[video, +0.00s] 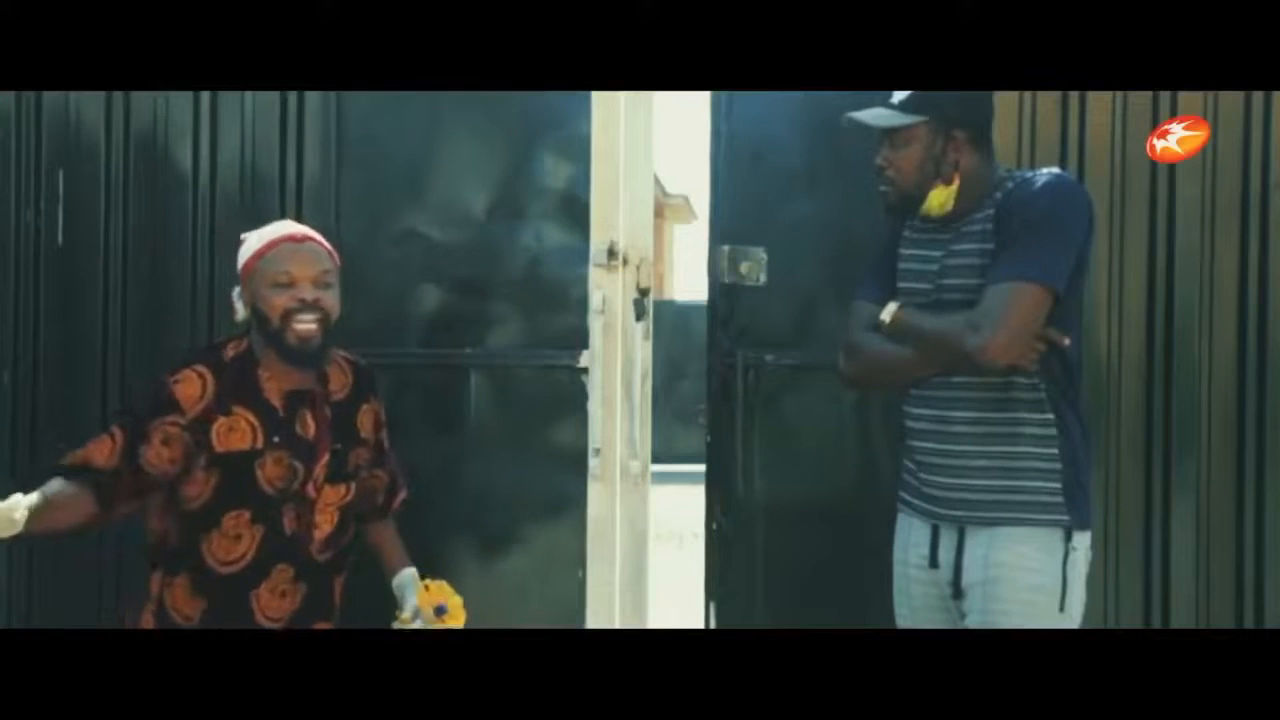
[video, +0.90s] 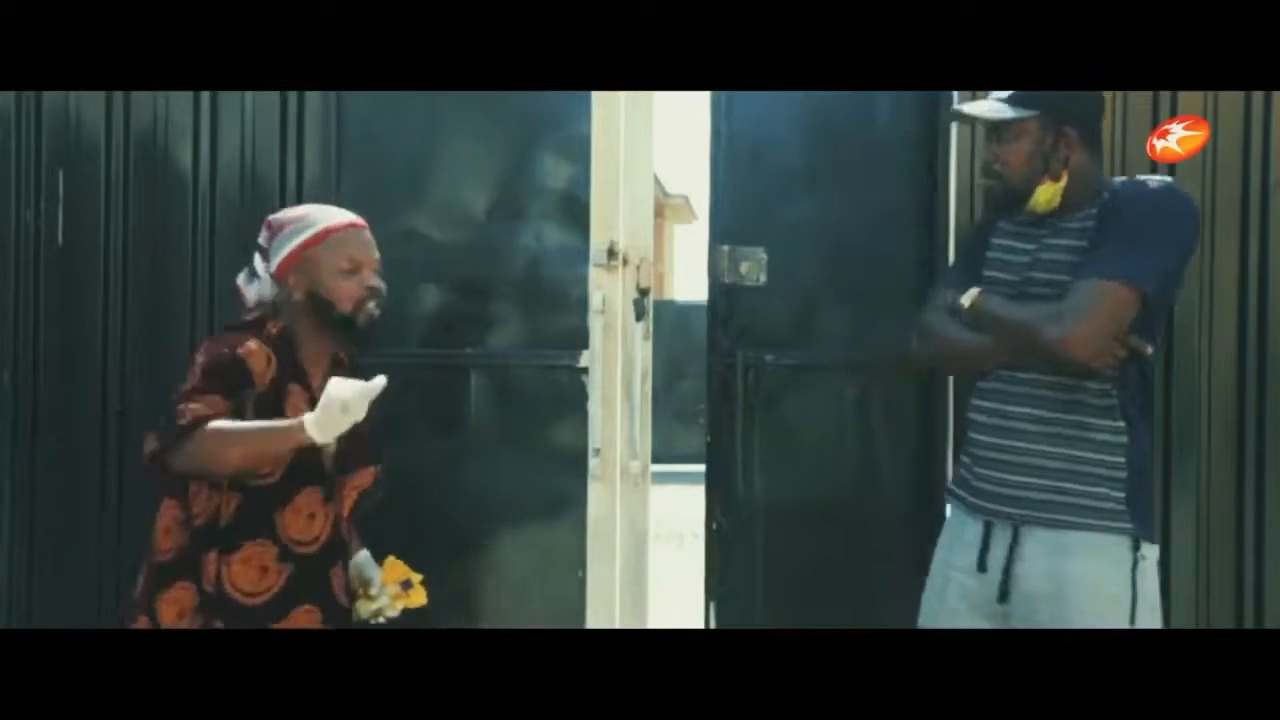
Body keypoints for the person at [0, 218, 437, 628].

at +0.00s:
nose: (308, 299)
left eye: (322, 284)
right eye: (284, 285)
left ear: (339, 295)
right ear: (247, 300)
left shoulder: (353, 387)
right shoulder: (202, 389)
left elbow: (375, 505)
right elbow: (108, 482)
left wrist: (409, 589)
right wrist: (22, 513)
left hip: (310, 620)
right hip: (196, 618)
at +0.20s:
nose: (335, 290)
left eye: (347, 276)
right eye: (312, 277)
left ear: (364, 286)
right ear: (271, 293)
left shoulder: (364, 385)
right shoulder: (230, 377)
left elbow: (365, 501)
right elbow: (136, 464)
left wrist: (399, 582)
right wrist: (37, 482)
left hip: (322, 616)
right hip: (215, 614)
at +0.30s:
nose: (355, 279)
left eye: (363, 265)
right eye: (330, 266)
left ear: (375, 276)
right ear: (287, 282)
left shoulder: (359, 381)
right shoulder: (243, 366)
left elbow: (356, 499)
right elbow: (155, 438)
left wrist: (391, 576)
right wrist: (75, 448)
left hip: (327, 613)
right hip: (222, 613)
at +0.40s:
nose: (356, 257)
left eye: (363, 244)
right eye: (330, 246)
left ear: (374, 253)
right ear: (284, 265)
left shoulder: (354, 373)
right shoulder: (257, 337)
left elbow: (346, 490)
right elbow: (213, 373)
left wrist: (381, 560)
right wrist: (162, 383)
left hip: (325, 605)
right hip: (232, 603)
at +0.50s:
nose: (313, 241)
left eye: (319, 227)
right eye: (296, 229)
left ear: (332, 231)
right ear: (260, 245)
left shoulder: (343, 347)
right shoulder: (237, 324)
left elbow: (343, 469)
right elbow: (278, 311)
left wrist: (375, 546)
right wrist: (320, 273)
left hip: (315, 554)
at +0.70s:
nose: (361, 254)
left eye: (364, 240)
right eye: (338, 241)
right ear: (283, 254)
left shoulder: (339, 340)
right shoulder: (239, 317)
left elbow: (341, 470)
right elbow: (255, 358)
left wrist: (388, 547)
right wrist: (380, 290)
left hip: (315, 587)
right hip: (223, 589)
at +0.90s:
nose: (373, 285)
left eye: (376, 272)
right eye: (350, 272)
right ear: (295, 281)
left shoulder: (344, 373)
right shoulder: (231, 357)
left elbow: (335, 502)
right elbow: (185, 448)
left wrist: (361, 570)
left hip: (312, 606)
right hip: (217, 605)